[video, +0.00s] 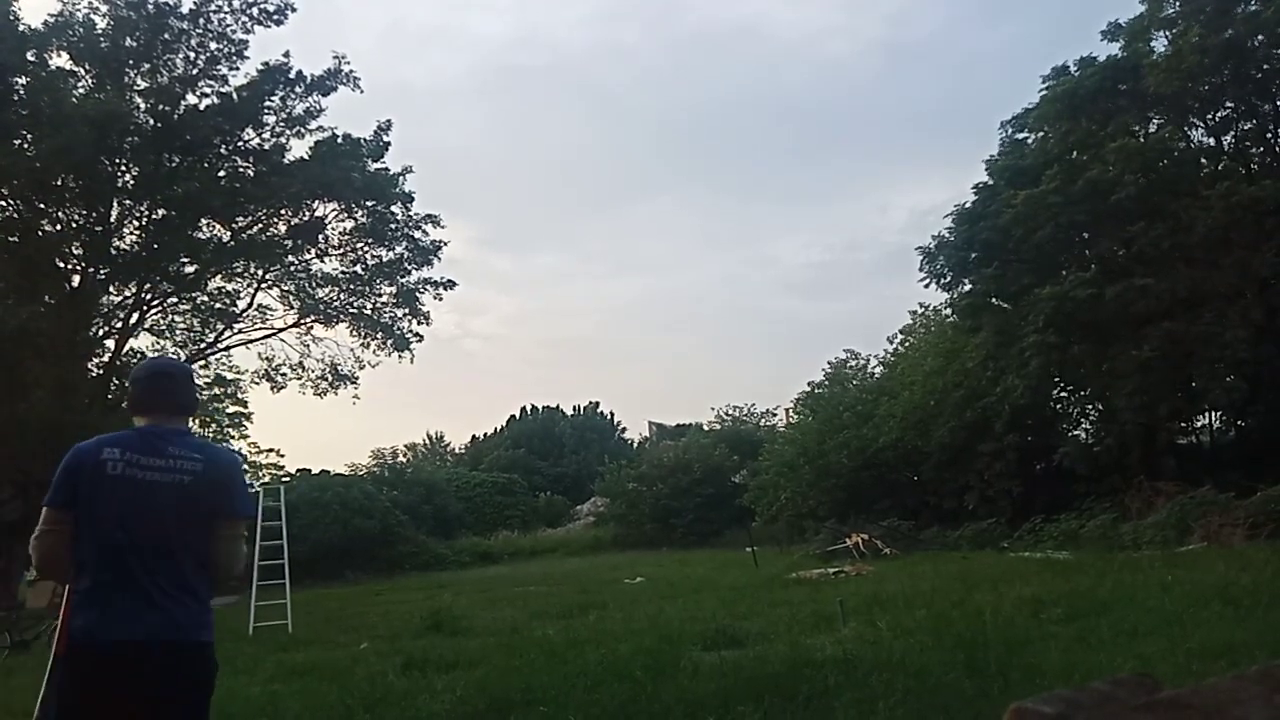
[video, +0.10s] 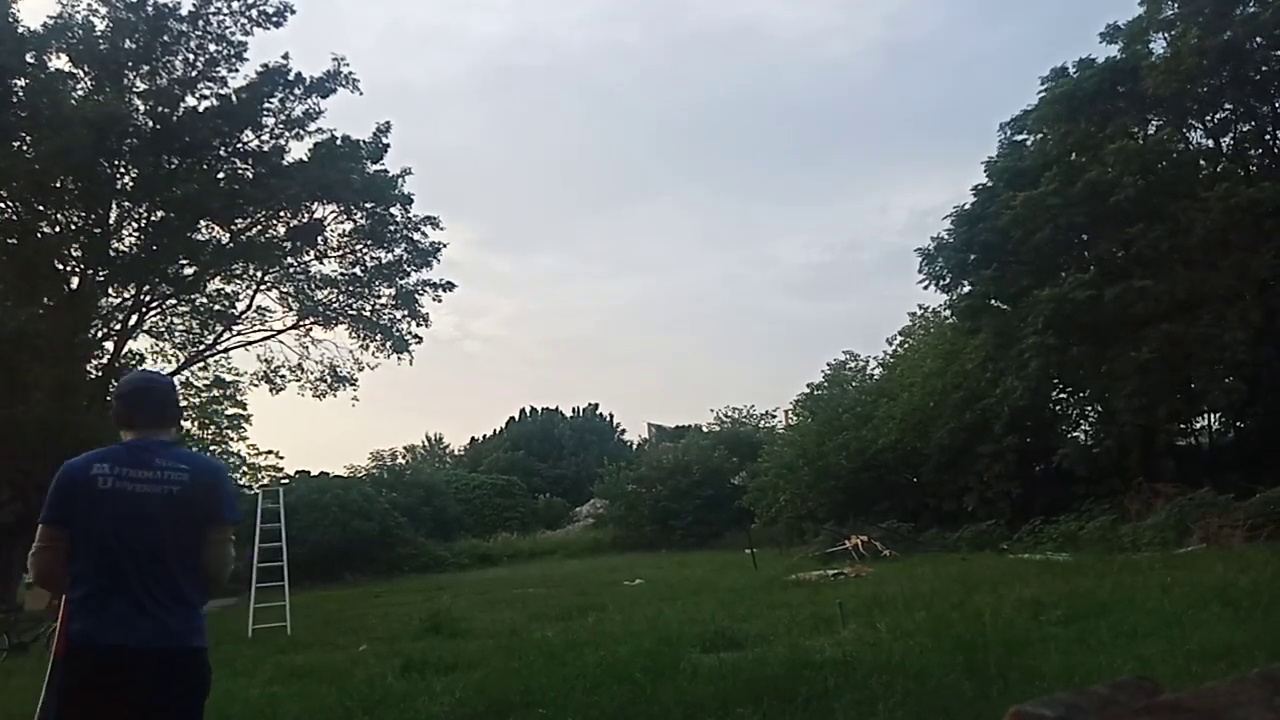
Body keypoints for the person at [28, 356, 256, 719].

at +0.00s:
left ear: (130, 403)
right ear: (192, 405)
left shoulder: (86, 456)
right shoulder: (223, 464)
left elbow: (46, 556)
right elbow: (229, 567)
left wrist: (107, 570)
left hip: (93, 652)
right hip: (183, 655)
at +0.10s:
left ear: (117, 416)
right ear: (177, 416)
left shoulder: (77, 472)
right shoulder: (209, 474)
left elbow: (43, 568)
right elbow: (219, 571)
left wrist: (99, 587)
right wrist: (172, 595)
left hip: (90, 659)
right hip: (176, 660)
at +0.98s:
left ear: (161, 439)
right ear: (203, 443)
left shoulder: (126, 477)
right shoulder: (221, 490)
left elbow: (94, 543)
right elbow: (218, 560)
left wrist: (129, 556)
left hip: (125, 617)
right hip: (184, 621)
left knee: (112, 706)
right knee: (175, 709)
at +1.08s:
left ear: (160, 445)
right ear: (203, 448)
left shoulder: (129, 484)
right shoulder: (222, 493)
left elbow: (100, 549)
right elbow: (220, 564)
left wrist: (135, 565)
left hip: (130, 619)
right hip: (187, 623)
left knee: (126, 708)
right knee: (176, 708)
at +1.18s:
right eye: (201, 452)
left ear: (160, 454)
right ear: (201, 457)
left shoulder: (130, 494)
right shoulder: (220, 500)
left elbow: (103, 558)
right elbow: (221, 568)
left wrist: (138, 565)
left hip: (134, 625)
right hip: (189, 627)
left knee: (133, 707)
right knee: (181, 708)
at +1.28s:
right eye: (195, 454)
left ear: (154, 460)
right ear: (195, 461)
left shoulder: (128, 502)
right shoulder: (214, 503)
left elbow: (106, 564)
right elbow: (220, 566)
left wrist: (145, 558)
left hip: (137, 628)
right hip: (191, 627)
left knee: (137, 709)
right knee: (182, 708)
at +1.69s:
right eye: (198, 463)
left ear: (161, 465)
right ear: (196, 466)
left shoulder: (135, 498)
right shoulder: (211, 499)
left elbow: (116, 554)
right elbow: (220, 552)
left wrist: (145, 560)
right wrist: (221, 586)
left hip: (146, 610)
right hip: (196, 610)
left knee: (145, 693)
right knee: (202, 684)